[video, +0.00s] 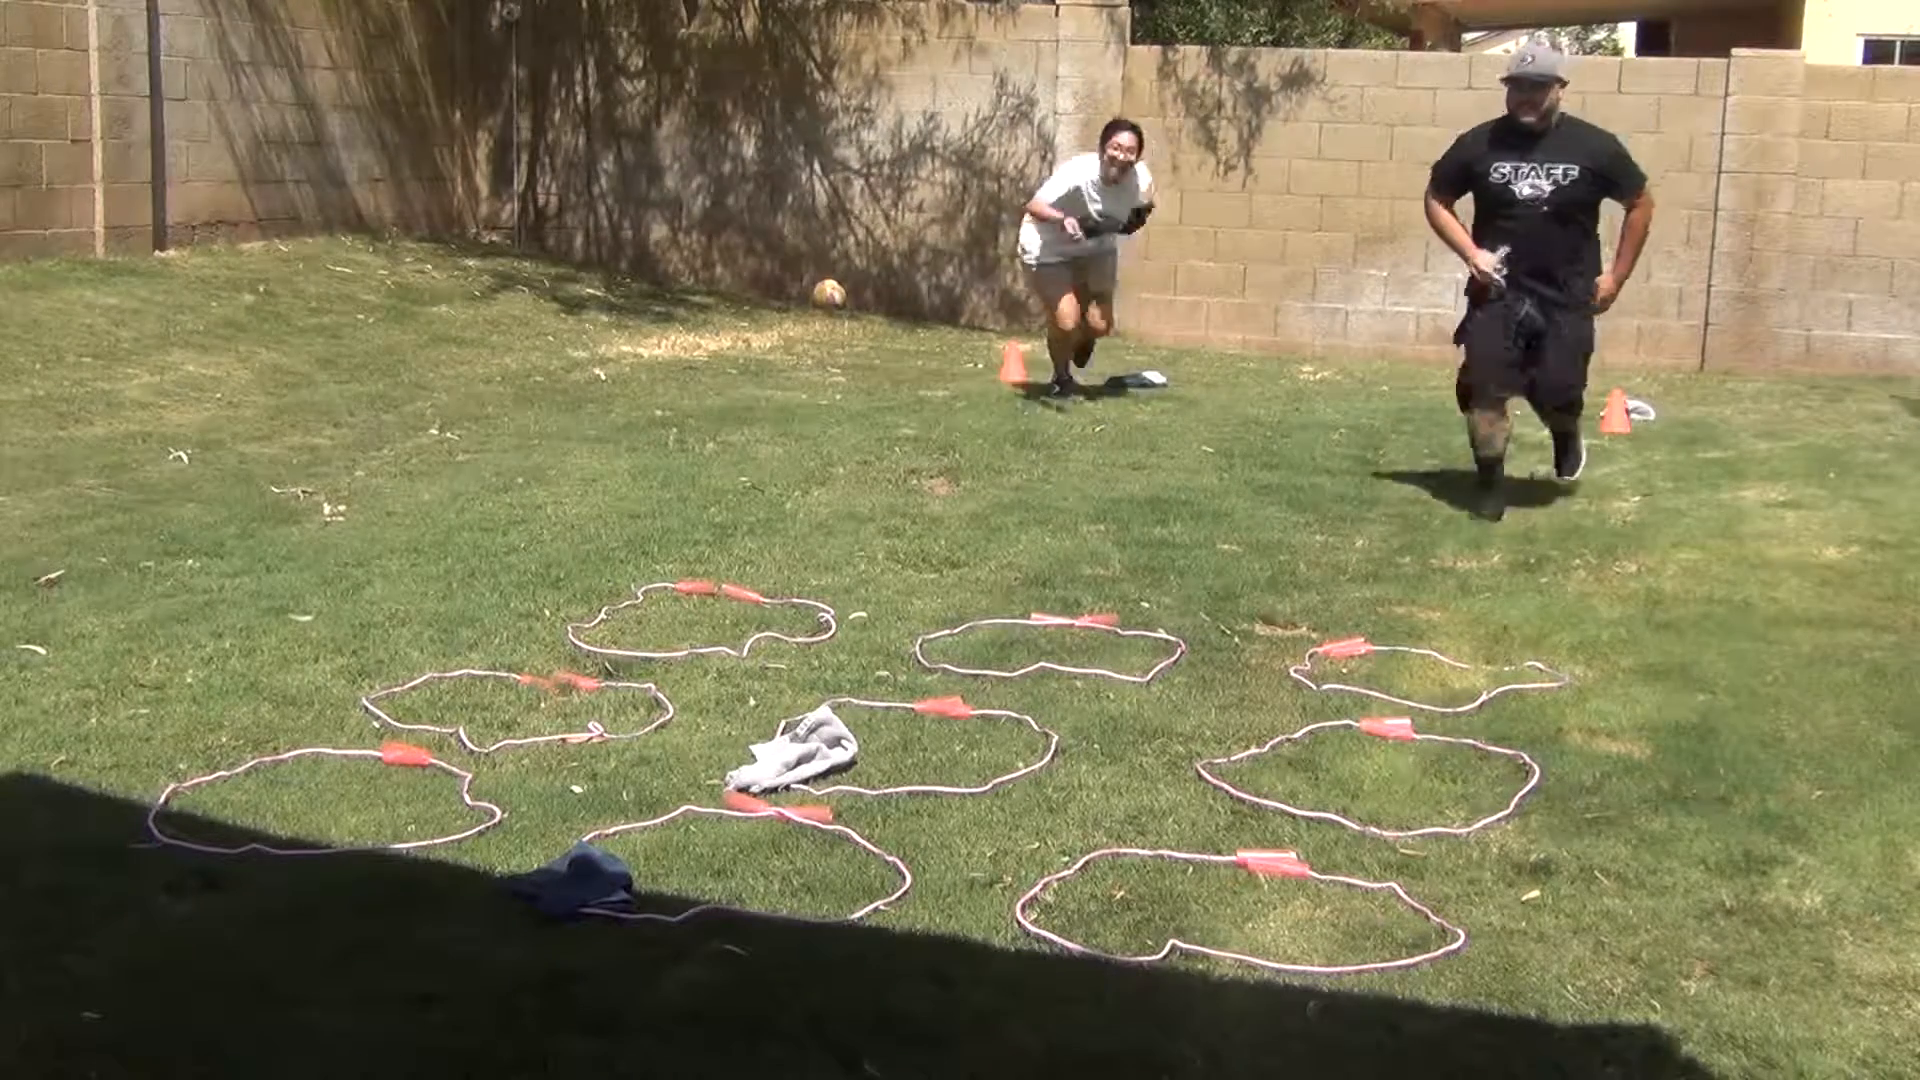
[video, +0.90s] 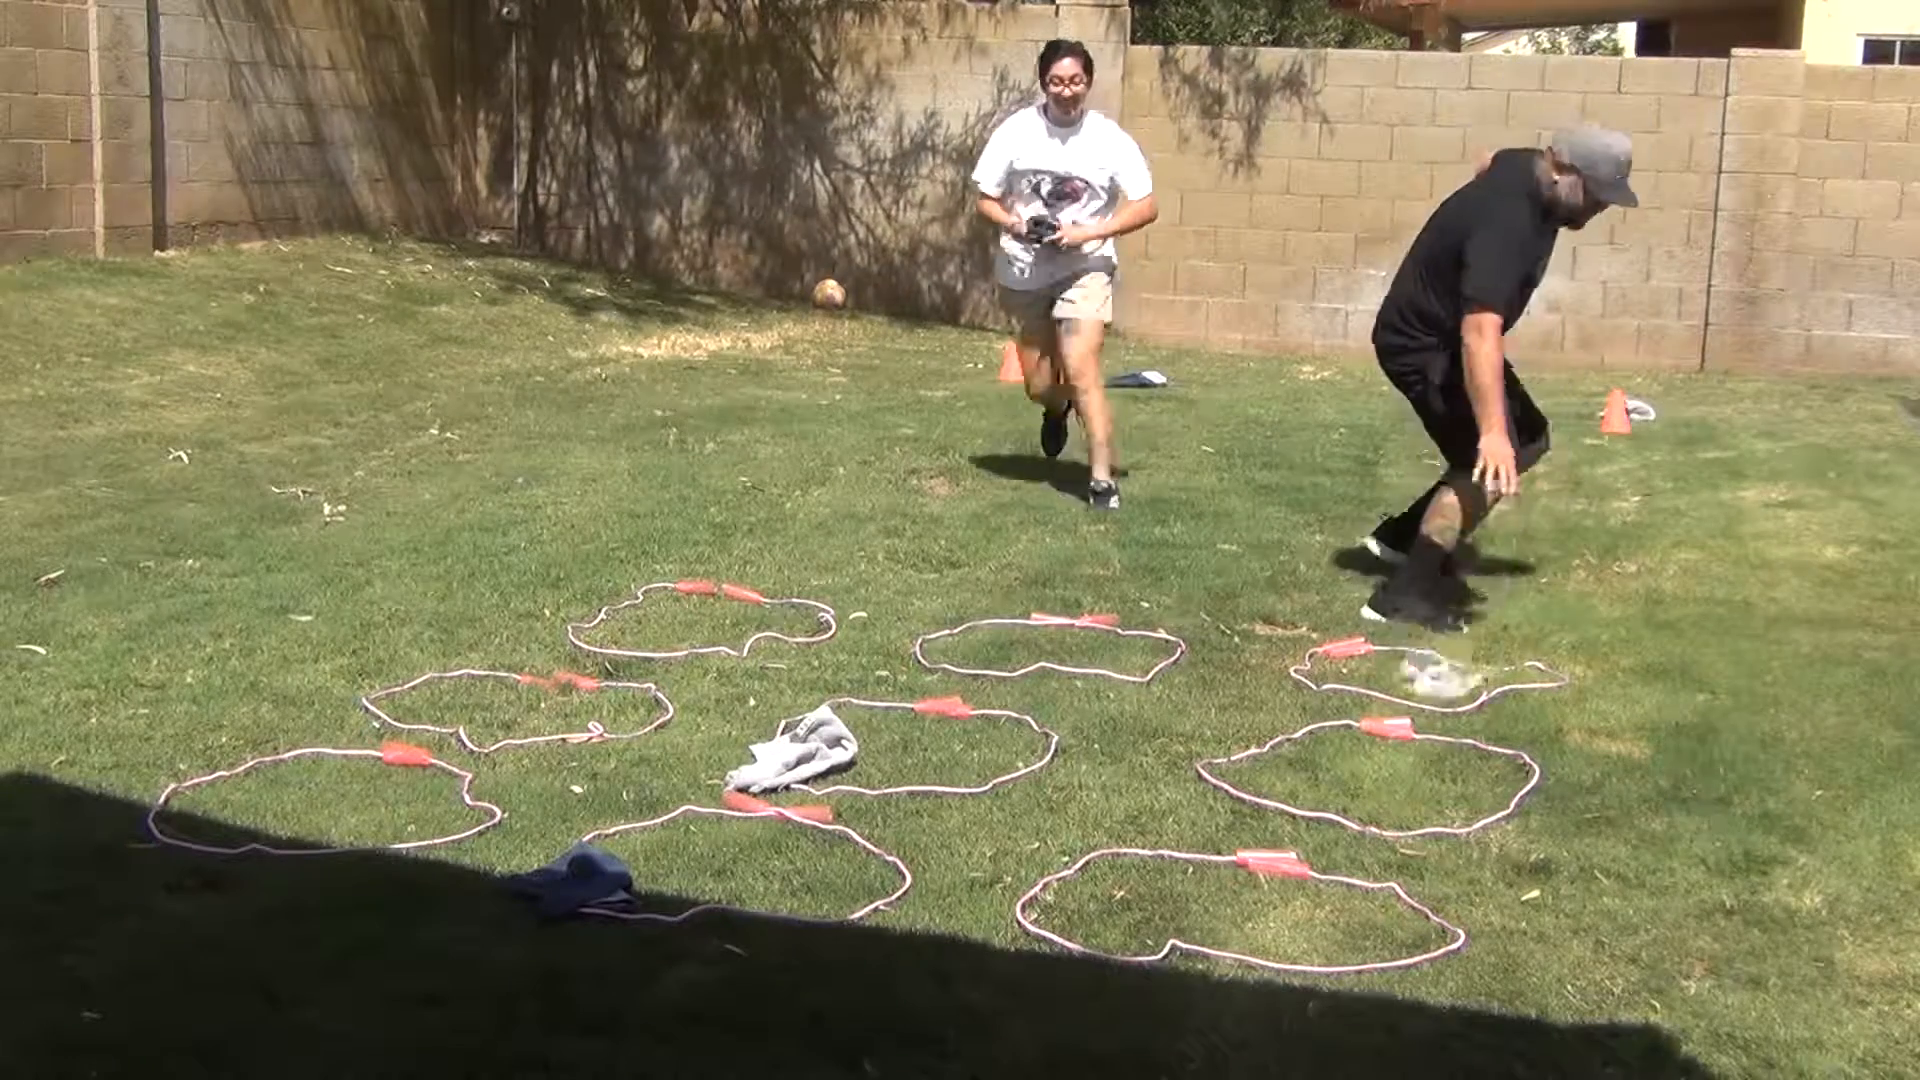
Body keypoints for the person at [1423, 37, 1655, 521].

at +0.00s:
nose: (1525, 97)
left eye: (1537, 88)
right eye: (1517, 86)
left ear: (1560, 90)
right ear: (1505, 87)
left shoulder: (1596, 147)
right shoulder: (1479, 145)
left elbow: (1641, 203)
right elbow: (1435, 202)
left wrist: (1616, 276)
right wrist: (1472, 254)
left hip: (1566, 298)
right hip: (1497, 293)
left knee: (1557, 396)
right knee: (1485, 390)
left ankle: (1565, 437)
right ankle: (1490, 487)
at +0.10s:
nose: (1521, 99)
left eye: (1534, 90)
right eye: (1513, 89)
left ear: (1556, 94)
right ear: (1501, 91)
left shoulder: (1590, 154)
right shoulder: (1470, 151)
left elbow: (1623, 211)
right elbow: (1415, 207)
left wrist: (1601, 282)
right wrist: (1462, 262)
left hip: (1556, 304)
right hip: (1484, 303)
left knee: (1548, 394)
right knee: (1469, 415)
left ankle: (1536, 476)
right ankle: (1495, 487)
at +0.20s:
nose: (1526, 90)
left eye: (1539, 80)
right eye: (1518, 78)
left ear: (1561, 83)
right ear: (1503, 80)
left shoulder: (1589, 141)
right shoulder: (1469, 139)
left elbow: (1613, 193)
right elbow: (1404, 193)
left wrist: (1593, 259)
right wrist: (1455, 255)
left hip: (1550, 294)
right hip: (1477, 295)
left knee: (1537, 394)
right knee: (1468, 422)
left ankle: (1507, 519)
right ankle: (1482, 486)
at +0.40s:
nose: (1536, 110)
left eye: (1550, 100)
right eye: (1527, 97)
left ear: (1569, 101)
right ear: (1510, 94)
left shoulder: (1583, 165)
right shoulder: (1471, 151)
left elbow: (1586, 241)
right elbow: (1413, 229)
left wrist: (1566, 301)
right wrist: (1432, 301)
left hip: (1539, 322)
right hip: (1466, 316)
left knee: (1529, 436)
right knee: (1448, 436)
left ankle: (1487, 544)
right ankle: (1405, 501)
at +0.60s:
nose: (1533, 140)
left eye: (1546, 130)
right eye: (1523, 128)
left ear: (1564, 125)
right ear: (1501, 114)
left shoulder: (1560, 167)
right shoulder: (1462, 168)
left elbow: (1530, 253)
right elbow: (1426, 265)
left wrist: (1520, 321)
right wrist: (1441, 336)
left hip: (1517, 335)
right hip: (1458, 333)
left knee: (1563, 457)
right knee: (1459, 449)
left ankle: (1482, 539)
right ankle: (1408, 580)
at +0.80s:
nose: (1570, 205)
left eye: (1579, 196)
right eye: (1562, 193)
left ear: (1590, 180)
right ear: (1529, 169)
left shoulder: (1530, 207)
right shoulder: (1494, 219)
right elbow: (1457, 315)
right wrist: (1455, 408)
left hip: (1475, 351)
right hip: (1428, 358)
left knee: (1548, 457)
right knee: (1496, 473)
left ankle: (1429, 541)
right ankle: (1403, 596)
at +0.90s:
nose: (1598, 210)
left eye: (1605, 202)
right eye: (1595, 198)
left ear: (1564, 167)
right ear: (1563, 173)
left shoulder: (1529, 168)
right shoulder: (1511, 223)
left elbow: (1488, 165)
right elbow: (1480, 332)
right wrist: (1492, 433)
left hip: (1448, 331)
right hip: (1418, 342)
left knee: (1526, 437)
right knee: (1491, 463)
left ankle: (1412, 531)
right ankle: (1410, 590)